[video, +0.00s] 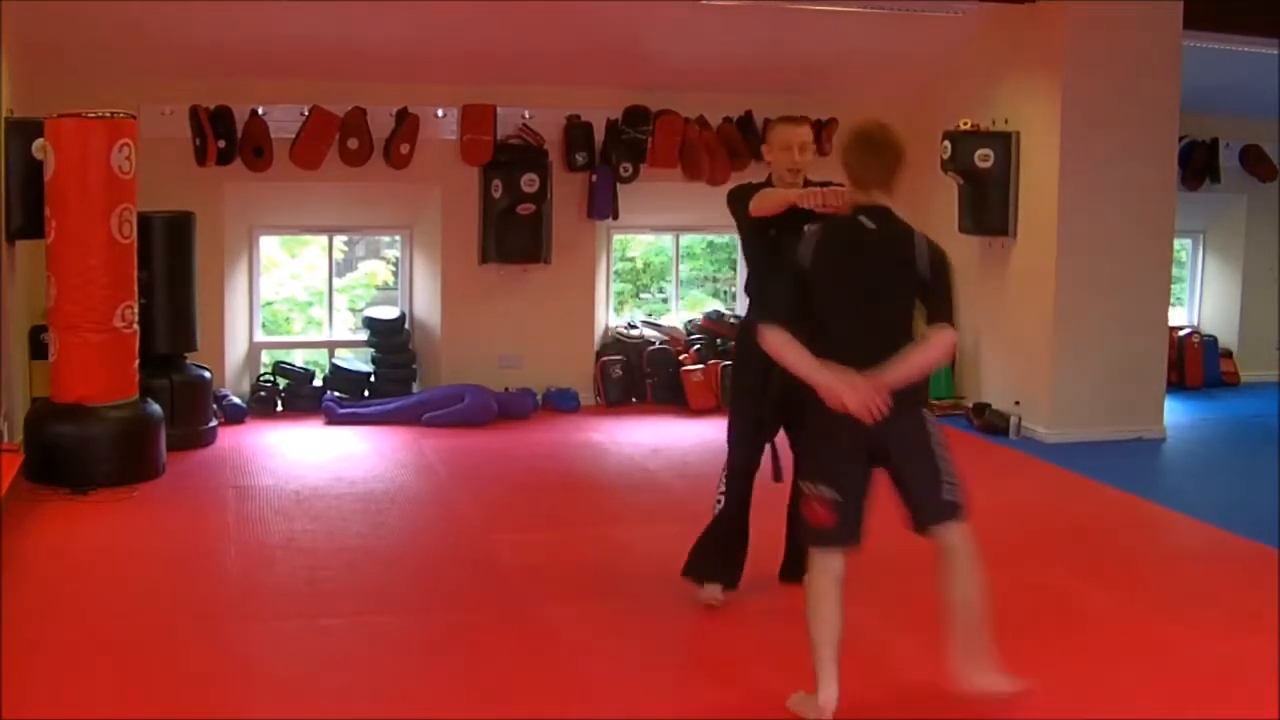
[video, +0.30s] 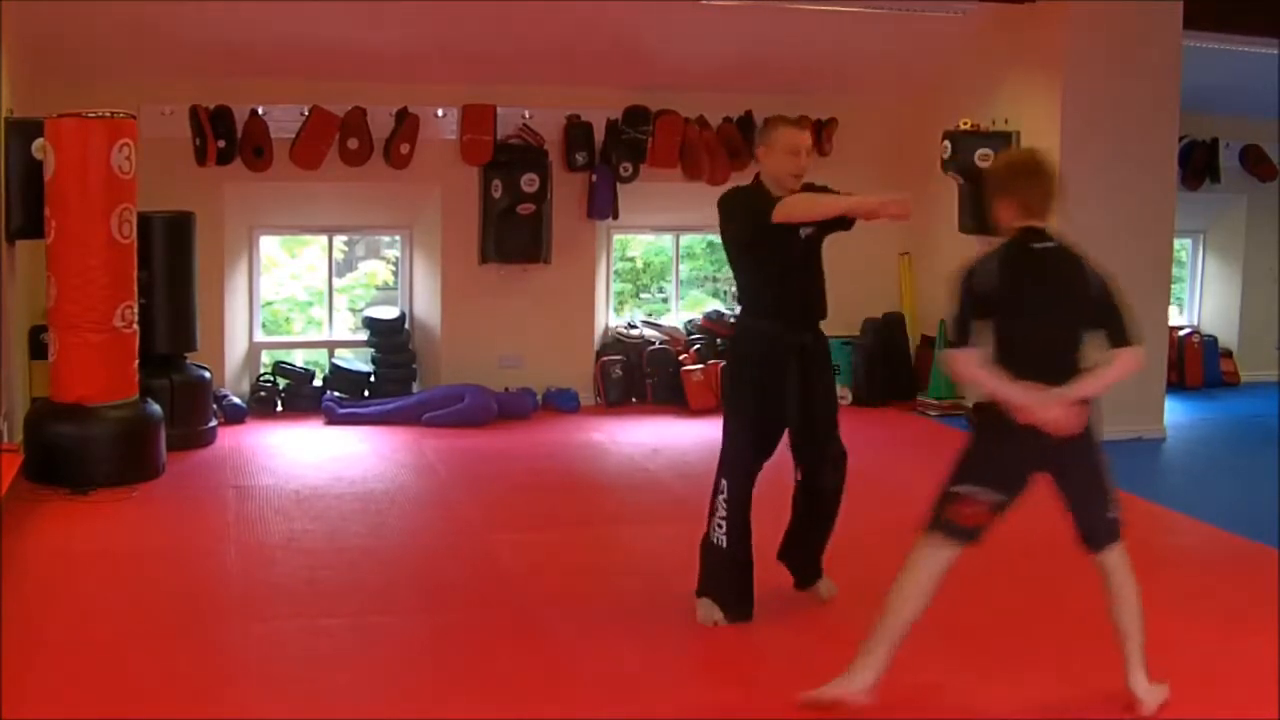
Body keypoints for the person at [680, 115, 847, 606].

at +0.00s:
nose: (794, 157)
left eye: (802, 149)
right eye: (784, 149)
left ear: (815, 152)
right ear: (765, 154)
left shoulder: (832, 197)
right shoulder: (747, 195)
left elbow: (876, 208)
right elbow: (751, 206)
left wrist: (849, 201)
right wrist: (802, 197)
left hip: (819, 342)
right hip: (762, 340)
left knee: (812, 457)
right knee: (742, 460)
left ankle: (801, 561)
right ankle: (716, 570)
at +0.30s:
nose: (802, 163)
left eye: (806, 154)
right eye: (792, 153)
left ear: (808, 158)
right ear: (762, 154)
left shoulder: (809, 199)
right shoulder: (737, 202)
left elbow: (846, 208)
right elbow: (791, 211)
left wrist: (874, 210)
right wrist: (866, 205)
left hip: (808, 351)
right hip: (757, 351)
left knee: (825, 461)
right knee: (738, 471)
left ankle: (804, 559)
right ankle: (718, 591)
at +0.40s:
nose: (819, 162)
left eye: (821, 153)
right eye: (810, 152)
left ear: (817, 156)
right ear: (776, 152)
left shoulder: (815, 204)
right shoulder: (754, 202)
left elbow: (871, 208)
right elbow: (830, 202)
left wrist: (926, 198)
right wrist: (917, 196)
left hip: (814, 352)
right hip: (765, 351)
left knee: (839, 464)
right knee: (740, 473)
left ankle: (821, 577)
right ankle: (717, 592)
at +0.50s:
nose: (836, 171)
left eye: (838, 160)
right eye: (828, 160)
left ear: (813, 163)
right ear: (795, 160)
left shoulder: (824, 207)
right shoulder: (775, 210)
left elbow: (893, 209)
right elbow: (875, 211)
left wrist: (953, 201)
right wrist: (956, 200)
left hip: (822, 361)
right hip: (780, 359)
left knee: (849, 478)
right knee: (744, 478)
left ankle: (842, 604)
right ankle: (715, 594)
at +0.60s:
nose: (862, 175)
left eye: (861, 165)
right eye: (855, 164)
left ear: (827, 168)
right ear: (823, 166)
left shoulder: (827, 216)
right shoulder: (808, 218)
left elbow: (897, 219)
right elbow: (897, 220)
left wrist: (967, 216)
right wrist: (978, 212)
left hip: (843, 376)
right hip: (807, 373)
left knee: (861, 488)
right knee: (769, 478)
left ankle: (853, 608)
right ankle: (717, 583)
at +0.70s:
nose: (886, 173)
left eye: (886, 163)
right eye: (880, 162)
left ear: (845, 165)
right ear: (851, 164)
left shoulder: (834, 215)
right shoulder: (838, 217)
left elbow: (917, 222)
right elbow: (924, 218)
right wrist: (1008, 213)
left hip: (857, 378)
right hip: (838, 378)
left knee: (873, 495)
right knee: (826, 495)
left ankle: (858, 614)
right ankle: (751, 578)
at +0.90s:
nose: (941, 156)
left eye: (940, 147)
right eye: (936, 147)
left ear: (897, 152)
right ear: (910, 151)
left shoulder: (880, 203)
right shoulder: (890, 205)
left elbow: (961, 213)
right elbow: (974, 207)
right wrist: (1057, 196)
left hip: (881, 356)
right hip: (894, 361)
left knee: (875, 484)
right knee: (926, 486)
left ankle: (851, 611)